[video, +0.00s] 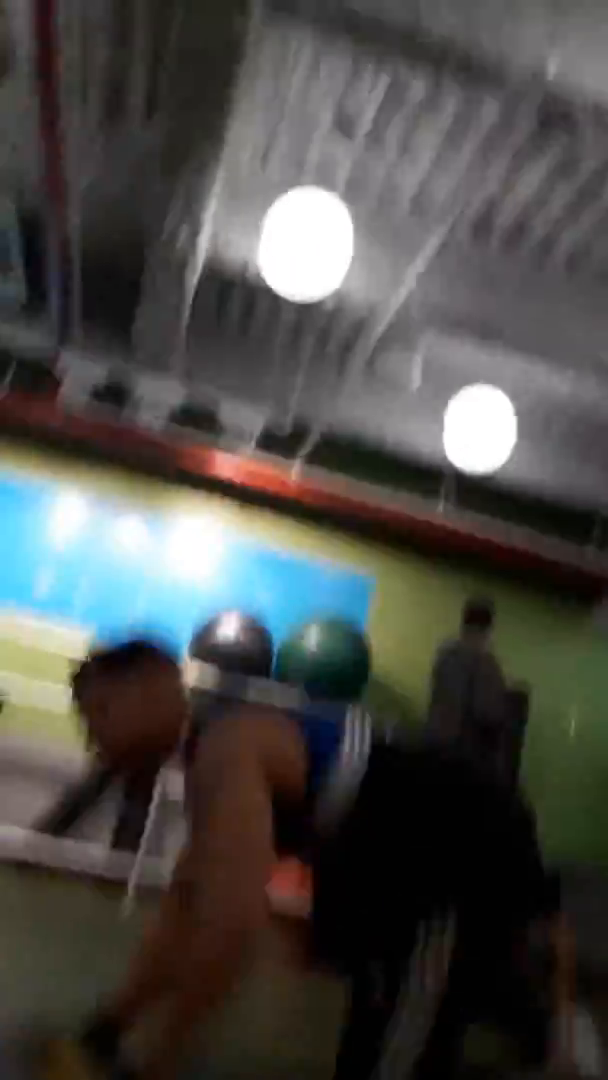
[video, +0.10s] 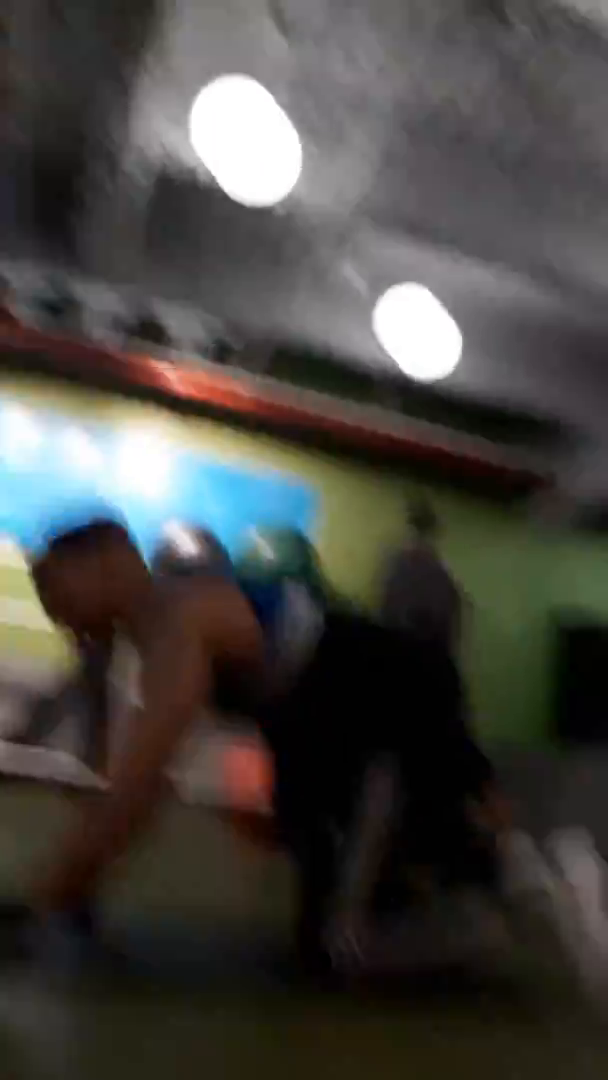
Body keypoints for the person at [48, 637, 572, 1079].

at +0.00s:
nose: (95, 738)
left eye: (100, 715)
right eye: (90, 721)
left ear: (150, 691)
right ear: (154, 694)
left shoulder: (233, 745)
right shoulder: (217, 750)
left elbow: (231, 922)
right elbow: (188, 908)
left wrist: (159, 1052)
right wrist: (113, 1023)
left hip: (456, 872)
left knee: (393, 1054)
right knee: (381, 1046)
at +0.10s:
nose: (56, 613)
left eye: (59, 590)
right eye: (49, 596)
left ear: (108, 566)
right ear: (106, 569)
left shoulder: (185, 613)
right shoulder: (152, 624)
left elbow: (146, 772)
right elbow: (126, 772)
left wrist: (66, 883)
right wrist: (77, 880)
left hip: (389, 724)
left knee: (347, 934)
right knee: (324, 929)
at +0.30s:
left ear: (18, 451)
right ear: (21, 453)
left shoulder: (91, 504)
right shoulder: (87, 513)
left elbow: (21, 657)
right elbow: (83, 664)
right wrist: (35, 769)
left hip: (322, 599)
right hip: (280, 606)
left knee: (292, 811)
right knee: (227, 738)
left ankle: (472, 757)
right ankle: (405, 725)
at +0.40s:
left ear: (2, 480)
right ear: (14, 474)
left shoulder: (65, 502)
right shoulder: (62, 512)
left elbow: (13, 652)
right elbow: (52, 664)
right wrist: (19, 768)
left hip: (290, 593)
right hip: (270, 595)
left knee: (272, 810)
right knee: (265, 782)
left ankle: (450, 751)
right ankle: (452, 742)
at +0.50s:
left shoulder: (42, 491)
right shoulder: (44, 510)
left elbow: (14, 658)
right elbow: (31, 670)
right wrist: (8, 768)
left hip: (285, 582)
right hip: (266, 587)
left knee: (265, 797)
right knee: (259, 773)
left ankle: (441, 737)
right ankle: (452, 724)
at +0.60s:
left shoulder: (29, 463)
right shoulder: (23, 472)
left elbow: (10, 634)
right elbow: (13, 636)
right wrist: (6, 714)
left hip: (270, 567)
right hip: (249, 570)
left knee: (246, 776)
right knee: (276, 703)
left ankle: (420, 721)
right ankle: (434, 712)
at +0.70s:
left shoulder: (19, 443)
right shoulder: (21, 437)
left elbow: (2, 579)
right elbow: (8, 574)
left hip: (252, 547)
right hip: (254, 534)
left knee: (226, 759)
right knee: (270, 687)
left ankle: (410, 711)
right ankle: (433, 701)